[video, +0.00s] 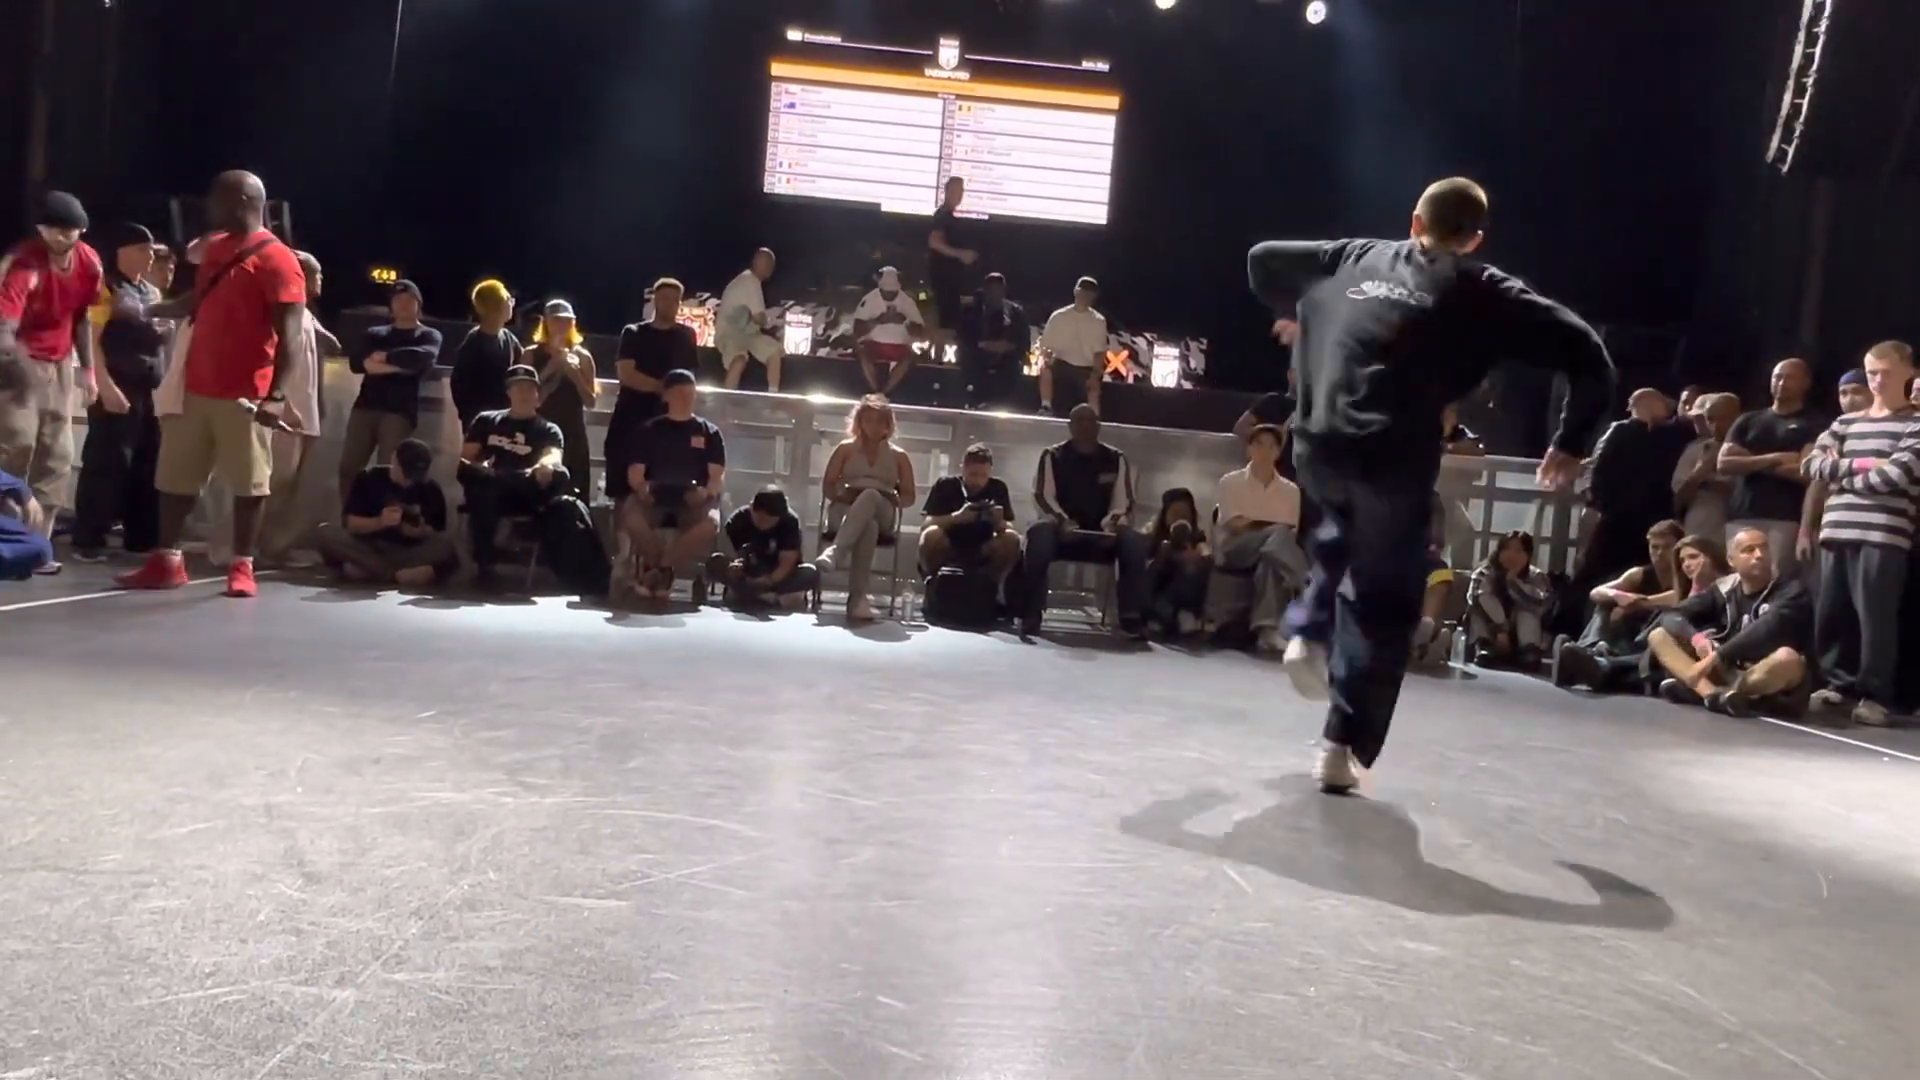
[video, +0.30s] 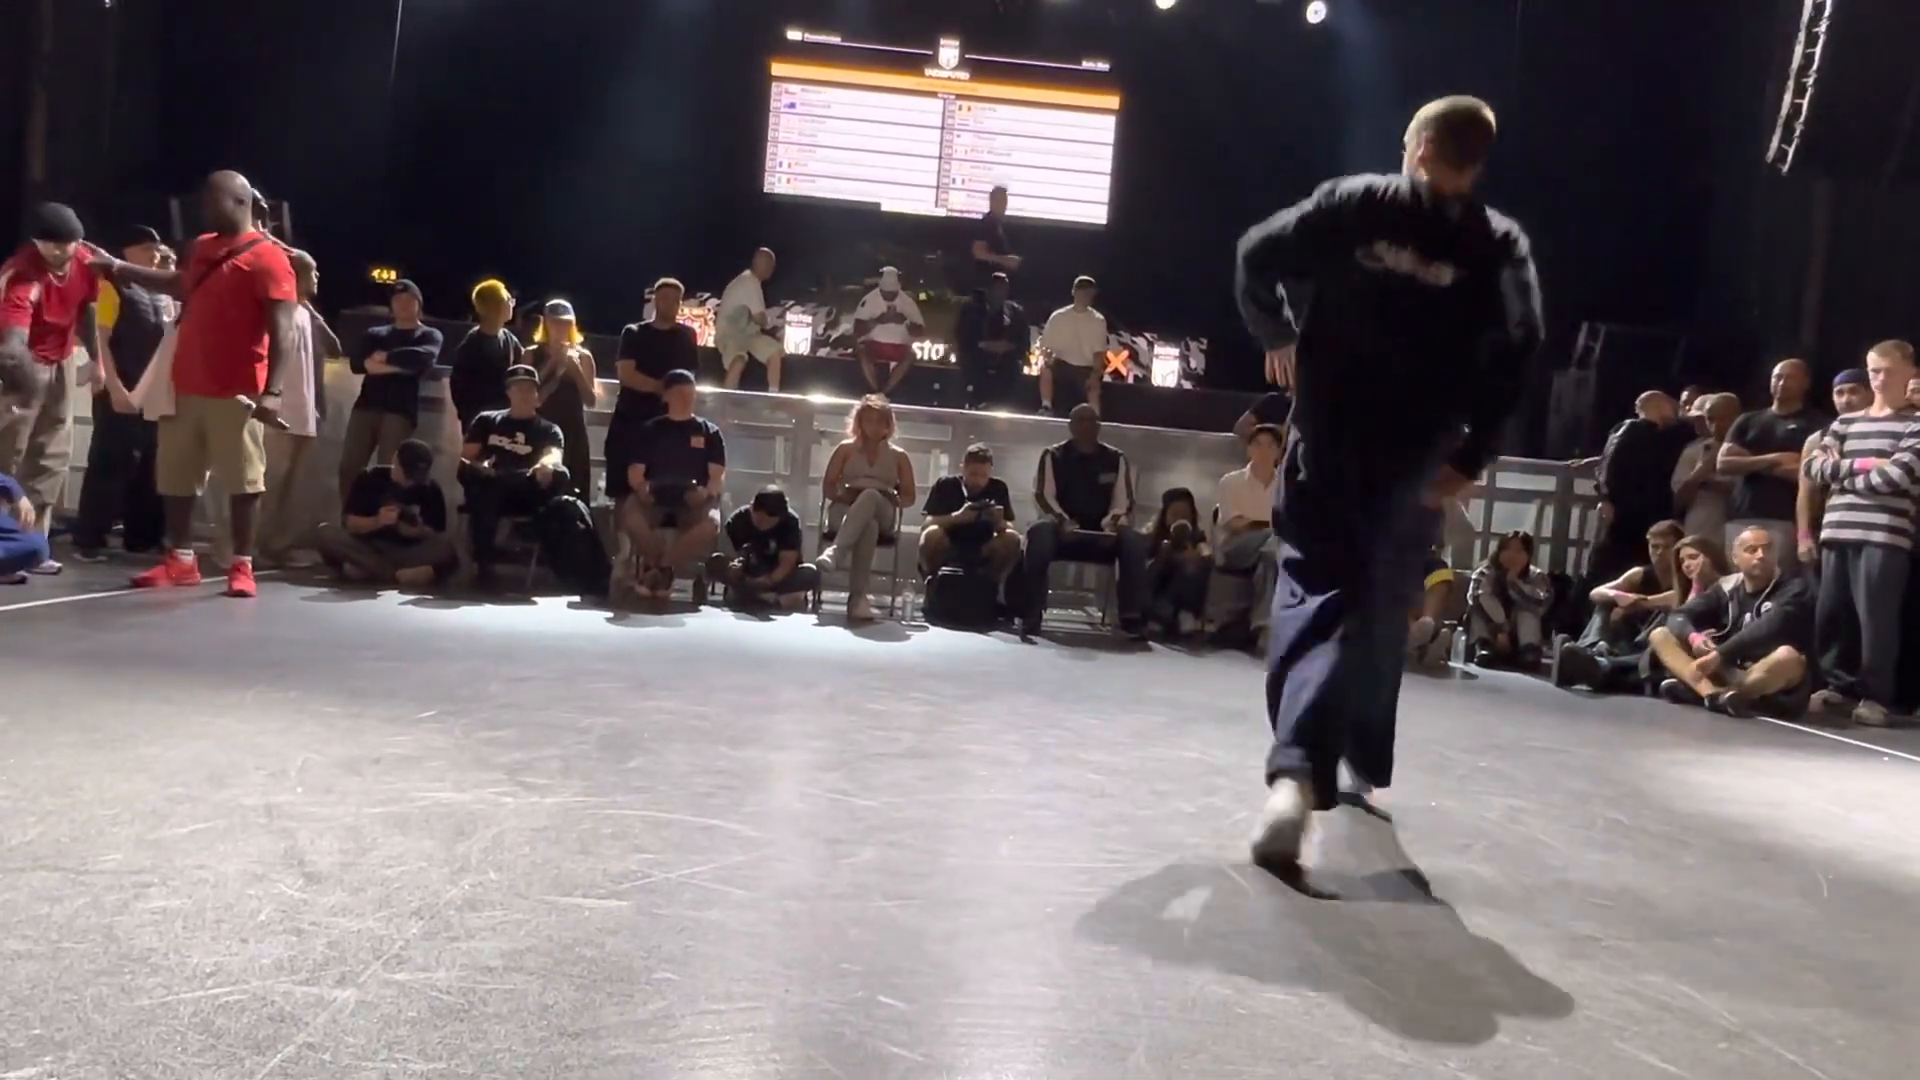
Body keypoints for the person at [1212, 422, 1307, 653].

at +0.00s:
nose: (1265, 451)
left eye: (1270, 446)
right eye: (1260, 444)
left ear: (1278, 452)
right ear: (1250, 449)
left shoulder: (1290, 491)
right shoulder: (1230, 482)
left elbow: (1288, 531)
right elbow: (1235, 525)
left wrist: (1249, 523)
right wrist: (1278, 528)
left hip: (1276, 552)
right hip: (1235, 549)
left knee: (1270, 560)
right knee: (1280, 534)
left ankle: (1268, 628)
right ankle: (1306, 585)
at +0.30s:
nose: (1262, 449)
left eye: (1269, 445)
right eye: (1257, 444)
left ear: (1278, 452)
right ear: (1249, 449)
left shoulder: (1284, 484)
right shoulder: (1231, 481)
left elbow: (1290, 525)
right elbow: (1236, 524)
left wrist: (1252, 525)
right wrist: (1277, 527)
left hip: (1273, 550)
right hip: (1236, 547)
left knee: (1268, 559)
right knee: (1273, 539)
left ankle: (1263, 627)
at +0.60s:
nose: (1261, 451)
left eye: (1267, 446)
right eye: (1256, 445)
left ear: (1277, 452)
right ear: (1248, 449)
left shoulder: (1286, 488)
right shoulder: (1230, 482)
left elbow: (1290, 528)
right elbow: (1235, 525)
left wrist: (1251, 524)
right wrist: (1278, 528)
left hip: (1273, 551)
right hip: (1235, 549)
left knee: (1270, 558)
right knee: (1278, 532)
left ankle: (1268, 632)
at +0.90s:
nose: (1261, 452)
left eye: (1267, 447)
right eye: (1255, 446)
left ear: (1277, 453)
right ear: (1248, 450)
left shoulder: (1291, 492)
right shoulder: (1230, 483)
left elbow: (1289, 532)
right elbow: (1235, 526)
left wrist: (1249, 524)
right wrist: (1279, 529)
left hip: (1277, 553)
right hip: (1236, 550)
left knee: (1269, 559)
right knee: (1280, 535)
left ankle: (1268, 631)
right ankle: (1306, 590)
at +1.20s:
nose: (1262, 453)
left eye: (1269, 448)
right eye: (1257, 447)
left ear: (1278, 454)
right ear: (1249, 451)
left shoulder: (1290, 492)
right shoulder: (1231, 483)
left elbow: (1288, 534)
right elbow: (1234, 526)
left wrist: (1248, 525)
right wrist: (1278, 531)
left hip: (1276, 555)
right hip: (1236, 553)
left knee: (1270, 561)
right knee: (1278, 535)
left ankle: (1270, 633)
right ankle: (1306, 594)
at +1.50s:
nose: (1264, 454)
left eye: (1271, 449)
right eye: (1259, 448)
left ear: (1279, 455)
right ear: (1250, 452)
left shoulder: (1291, 492)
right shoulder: (1231, 483)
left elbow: (1289, 534)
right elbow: (1235, 527)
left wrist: (1249, 525)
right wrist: (1278, 531)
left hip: (1277, 556)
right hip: (1237, 553)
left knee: (1270, 562)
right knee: (1279, 535)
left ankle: (1270, 633)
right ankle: (1308, 595)